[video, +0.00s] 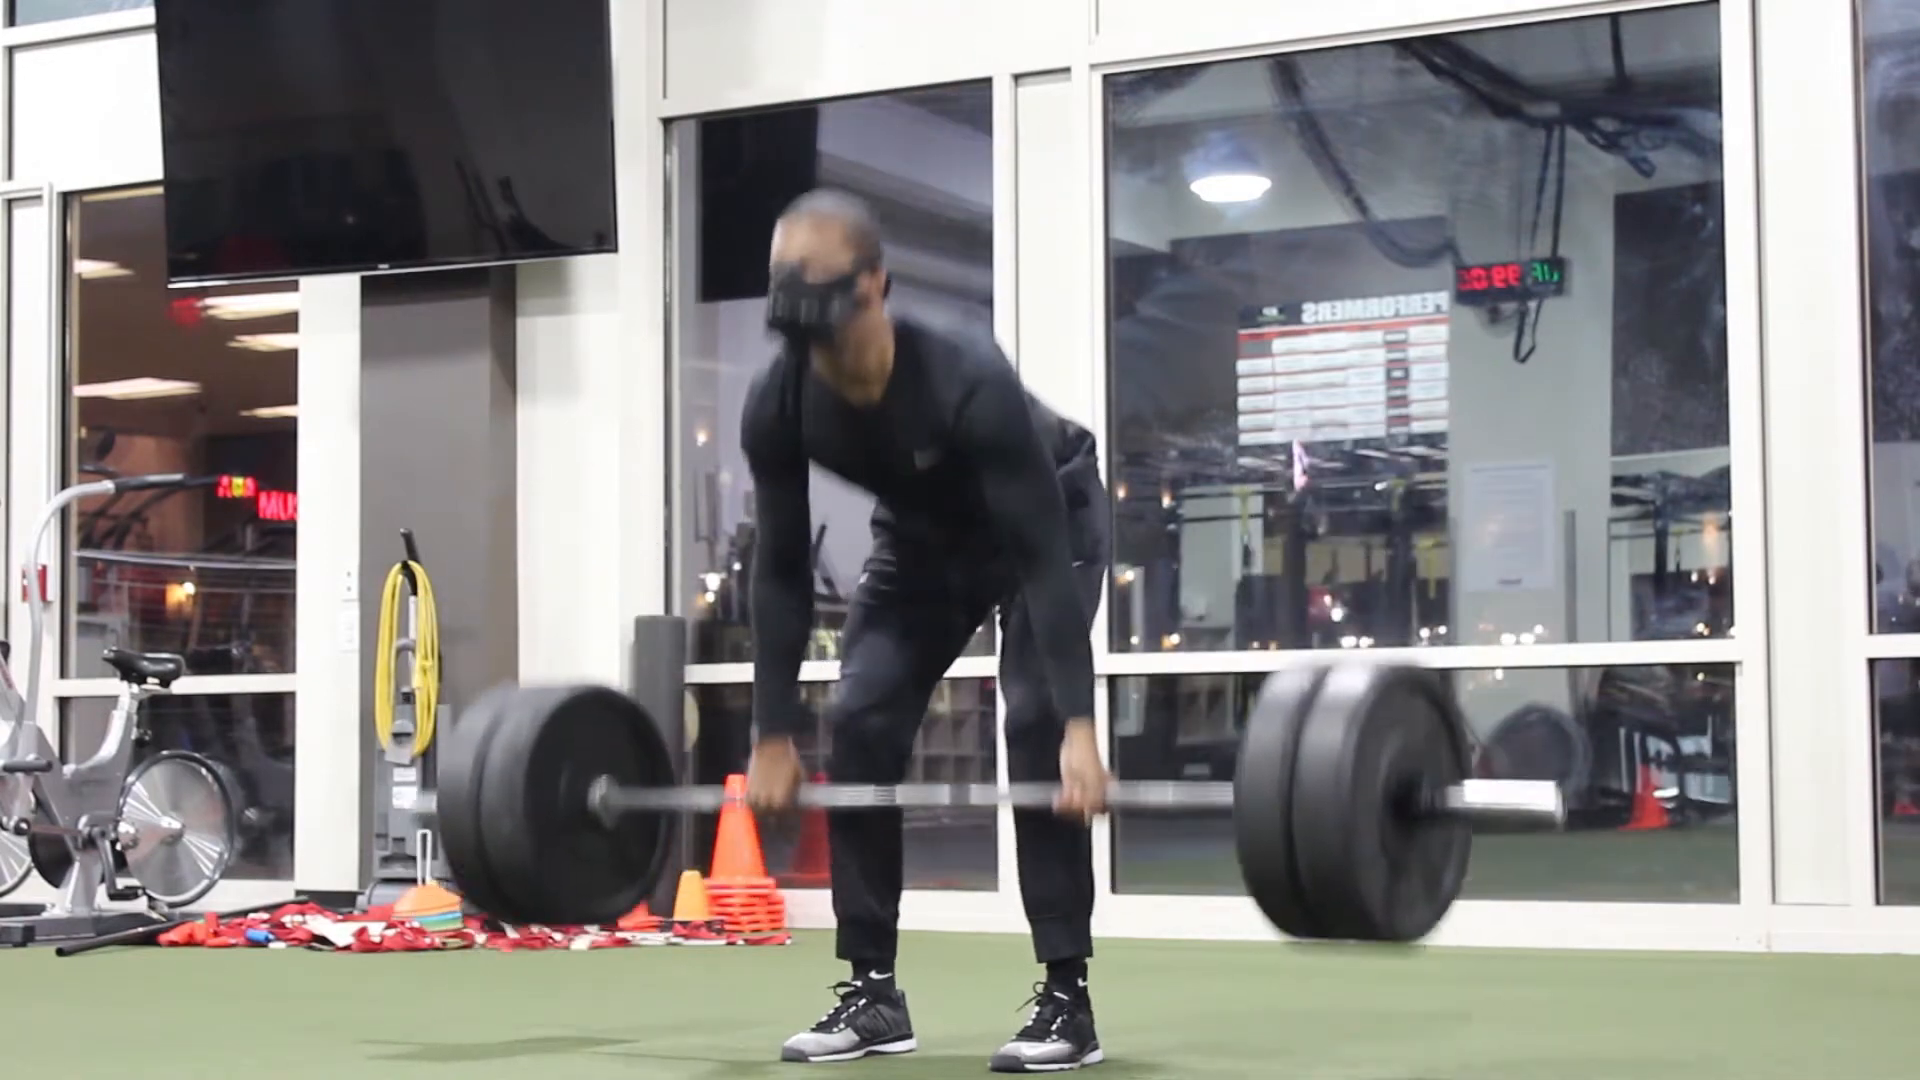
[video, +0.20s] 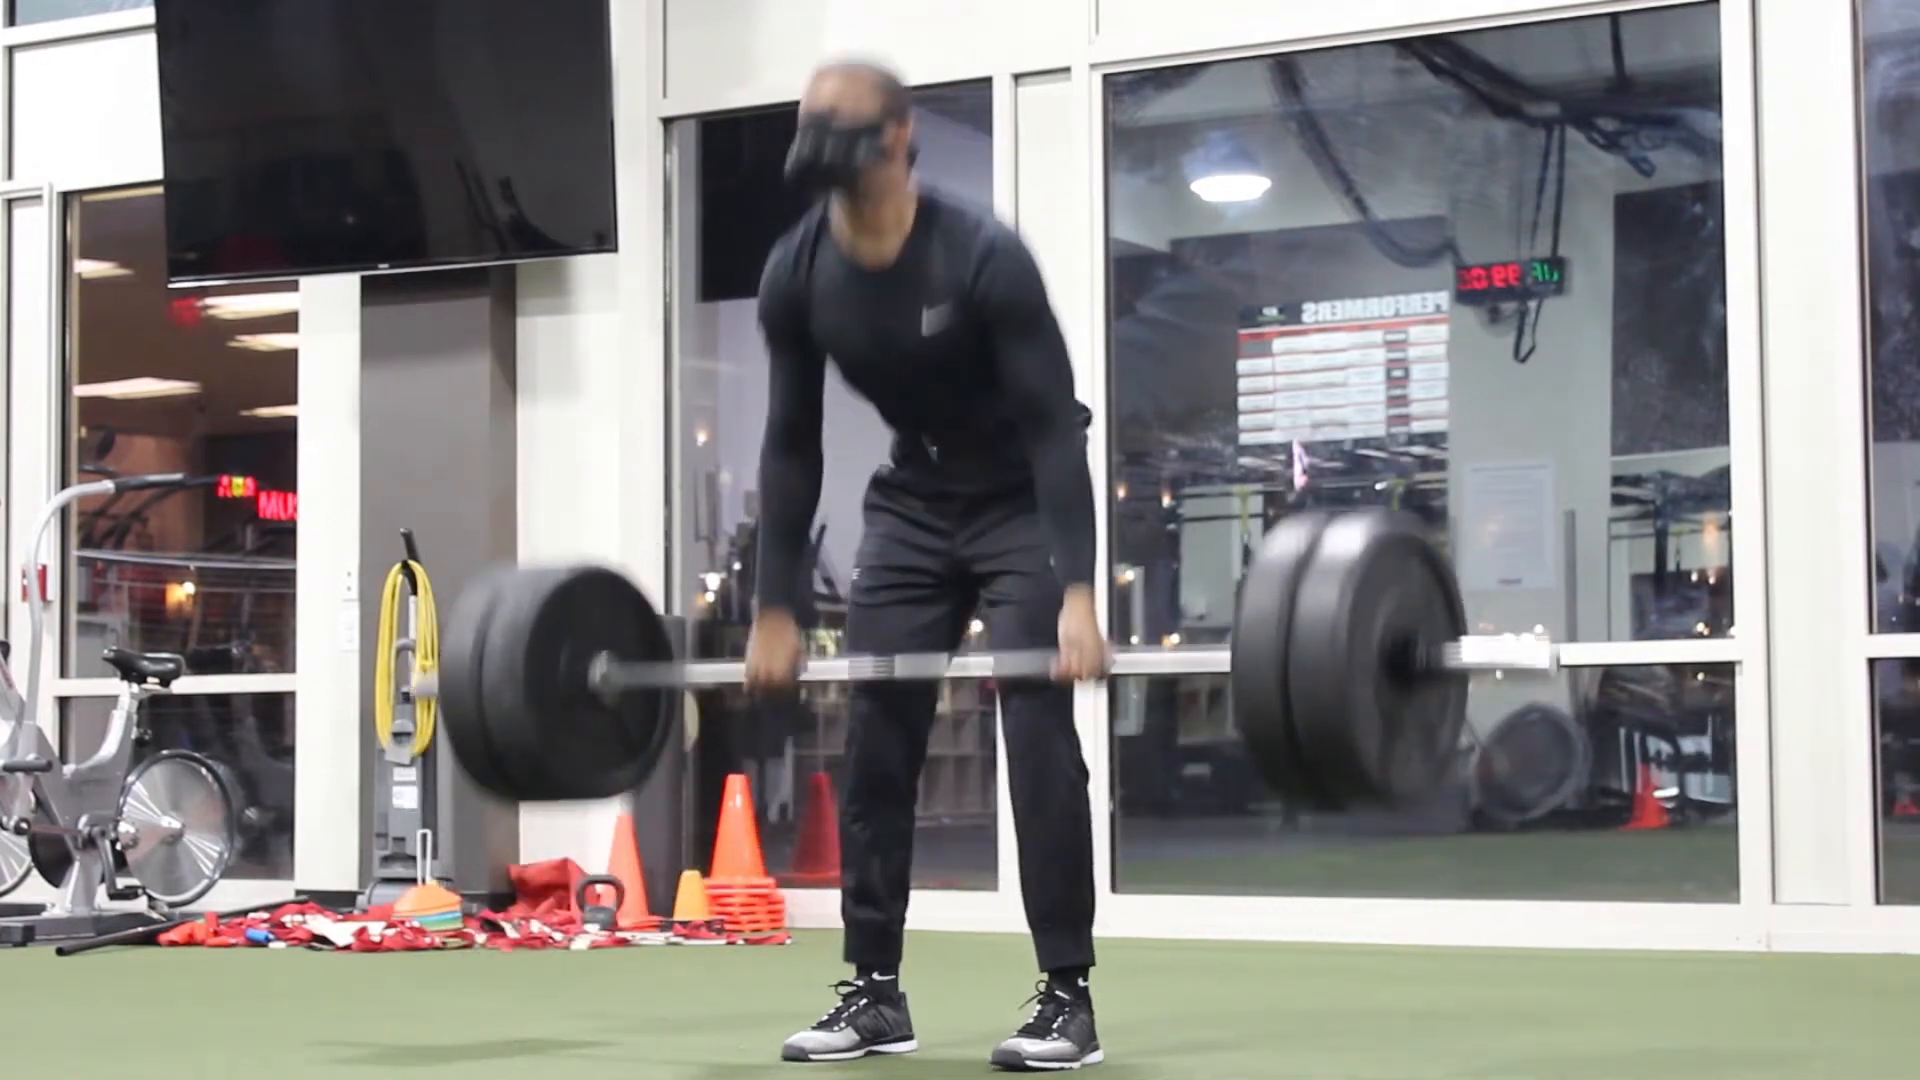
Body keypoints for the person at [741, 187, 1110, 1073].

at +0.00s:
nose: (795, 299)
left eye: (817, 280)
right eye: (783, 280)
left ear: (874, 284)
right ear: (773, 285)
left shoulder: (968, 379)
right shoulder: (778, 409)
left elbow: (1047, 554)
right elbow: (782, 569)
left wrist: (1079, 722)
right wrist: (772, 732)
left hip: (1040, 516)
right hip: (923, 532)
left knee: (1034, 730)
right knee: (861, 723)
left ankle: (1065, 995)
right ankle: (871, 993)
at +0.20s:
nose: (813, 148)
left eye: (838, 130)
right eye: (806, 129)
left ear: (899, 138)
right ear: (799, 138)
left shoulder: (987, 258)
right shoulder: (796, 273)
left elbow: (1056, 424)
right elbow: (789, 443)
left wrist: (1078, 585)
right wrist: (775, 604)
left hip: (1026, 497)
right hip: (911, 499)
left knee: (1034, 719)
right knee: (878, 728)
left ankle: (1066, 995)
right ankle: (874, 991)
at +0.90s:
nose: (812, 299)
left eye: (836, 281)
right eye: (804, 280)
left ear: (897, 289)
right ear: (793, 282)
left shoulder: (986, 391)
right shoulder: (798, 415)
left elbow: (1051, 580)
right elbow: (786, 586)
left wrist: (1072, 761)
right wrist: (761, 759)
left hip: (1048, 535)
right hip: (933, 548)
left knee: (1029, 730)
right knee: (849, 725)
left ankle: (1064, 999)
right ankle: (871, 994)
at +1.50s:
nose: (806, 206)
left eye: (830, 190)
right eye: (799, 187)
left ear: (889, 197)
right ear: (788, 191)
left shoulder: (980, 308)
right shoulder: (789, 328)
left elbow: (1051, 479)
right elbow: (785, 497)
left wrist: (1082, 656)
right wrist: (775, 665)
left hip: (1034, 502)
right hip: (919, 509)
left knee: (1041, 733)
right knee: (868, 725)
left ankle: (1065, 998)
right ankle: (873, 992)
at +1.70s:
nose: (862, 49)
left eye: (885, 31)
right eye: (853, 34)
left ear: (934, 54)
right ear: (840, 59)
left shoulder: (1006, 189)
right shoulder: (815, 203)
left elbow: (1061, 365)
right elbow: (801, 379)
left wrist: (1086, 527)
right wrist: (779, 534)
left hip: (1014, 461)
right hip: (899, 463)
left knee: (1031, 729)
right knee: (882, 731)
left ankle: (1064, 998)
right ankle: (875, 992)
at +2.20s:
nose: (837, 205)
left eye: (861, 187)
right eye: (828, 186)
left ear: (919, 193)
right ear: (817, 193)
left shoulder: (1003, 316)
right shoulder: (814, 334)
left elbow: (1055, 501)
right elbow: (797, 507)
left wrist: (1075, 672)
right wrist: (766, 678)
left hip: (1053, 519)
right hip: (938, 525)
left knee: (1051, 738)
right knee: (868, 724)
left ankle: (1065, 997)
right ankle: (873, 992)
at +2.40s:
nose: (812, 376)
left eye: (835, 359)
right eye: (802, 357)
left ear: (892, 363)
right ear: (792, 358)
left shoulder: (984, 456)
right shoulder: (796, 479)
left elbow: (1055, 640)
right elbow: (786, 654)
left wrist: (1082, 820)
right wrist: (769, 825)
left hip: (1057, 555)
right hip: (942, 574)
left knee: (1015, 734)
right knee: (837, 738)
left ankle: (1062, 1002)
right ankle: (871, 999)